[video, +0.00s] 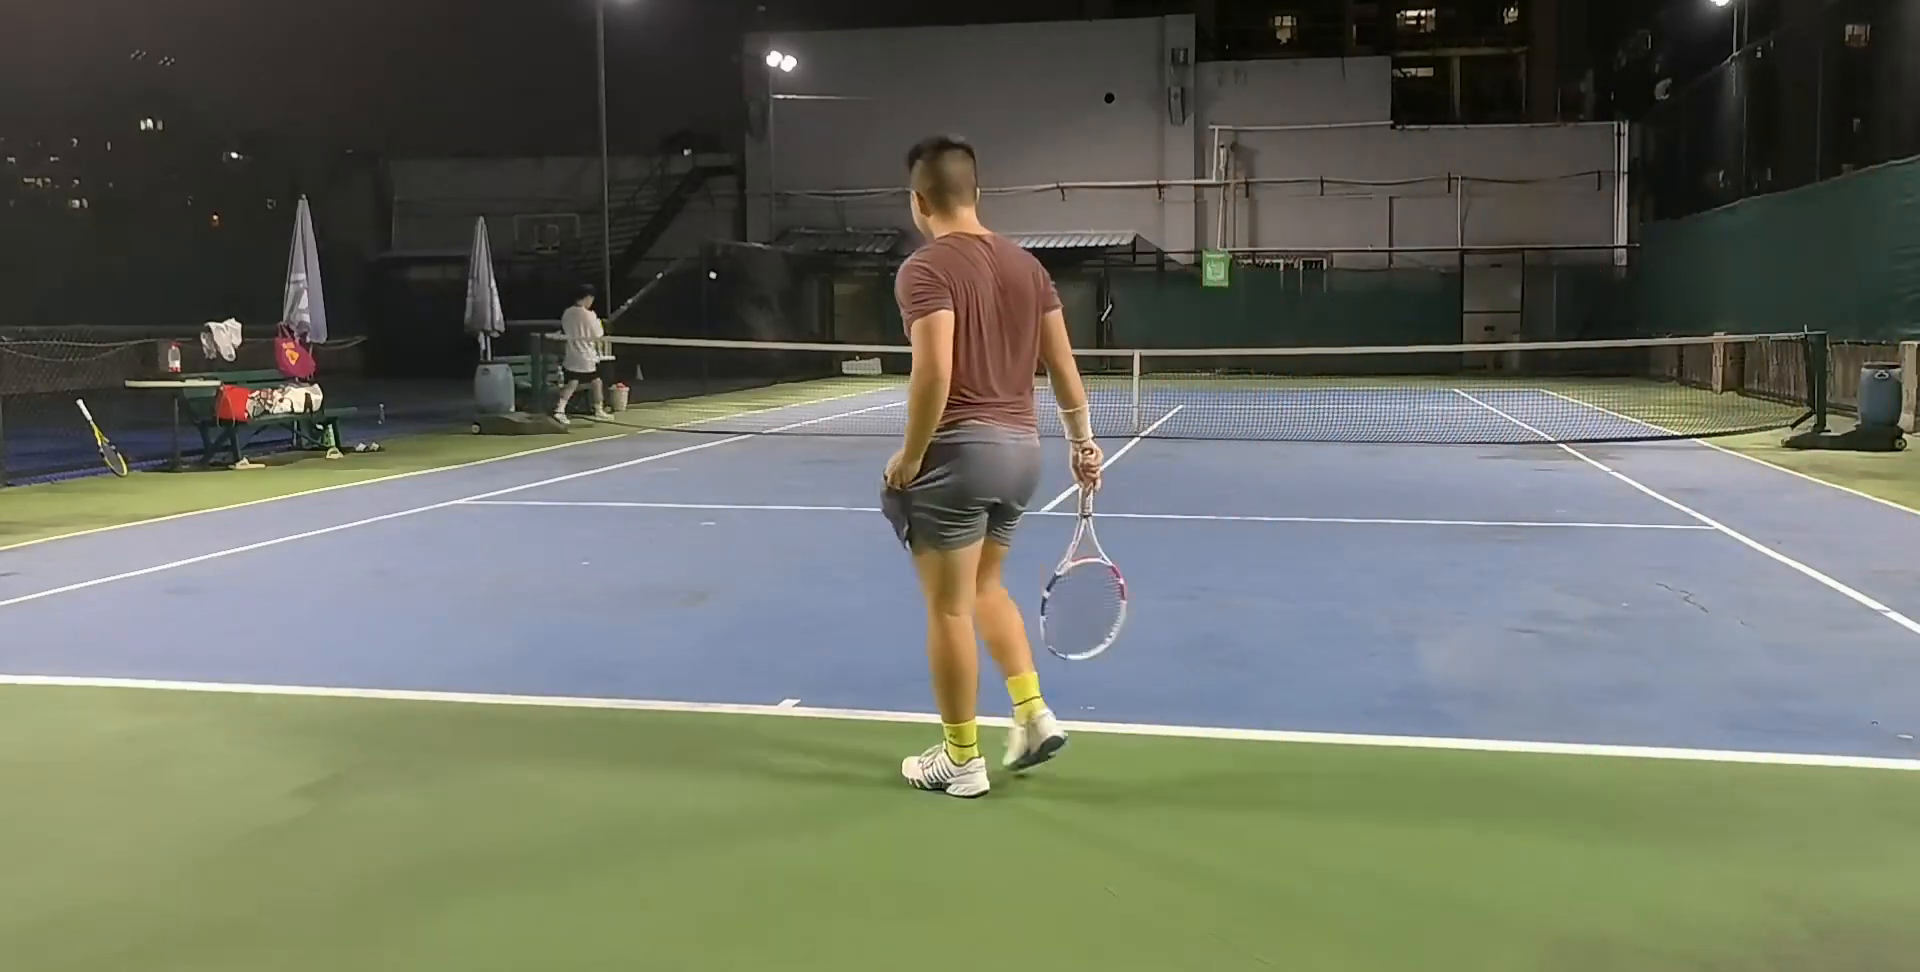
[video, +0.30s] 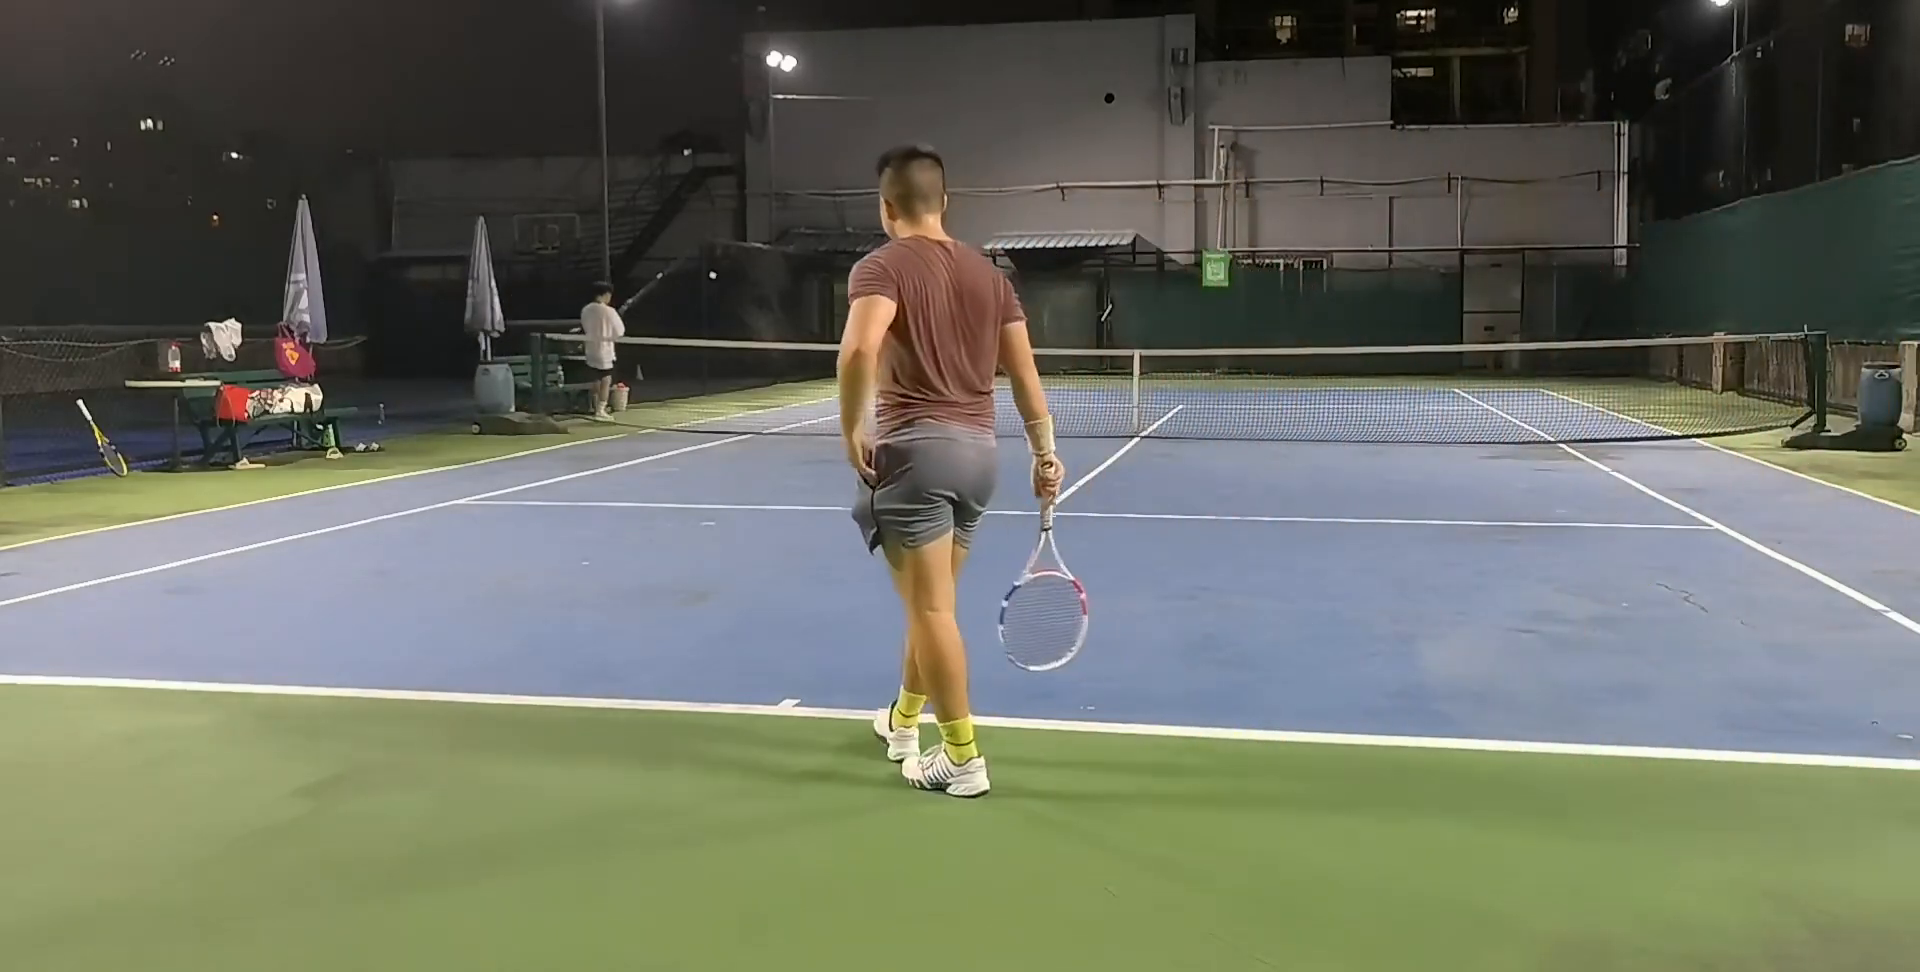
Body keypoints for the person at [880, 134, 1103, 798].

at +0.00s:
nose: (912, 210)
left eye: (911, 201)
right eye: (915, 201)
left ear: (919, 202)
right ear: (977, 195)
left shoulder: (925, 267)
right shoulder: (1027, 265)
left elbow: (935, 370)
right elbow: (1064, 366)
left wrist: (910, 454)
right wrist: (1081, 437)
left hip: (956, 447)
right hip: (1023, 449)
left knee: (950, 605)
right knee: (987, 585)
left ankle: (962, 757)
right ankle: (1033, 715)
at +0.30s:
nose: (880, 214)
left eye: (880, 206)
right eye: (886, 206)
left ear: (887, 207)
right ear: (945, 204)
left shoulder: (881, 266)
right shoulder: (989, 273)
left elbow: (859, 351)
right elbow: (1025, 373)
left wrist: (855, 434)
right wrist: (1045, 451)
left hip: (911, 447)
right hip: (981, 451)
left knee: (933, 609)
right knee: (935, 596)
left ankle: (962, 759)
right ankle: (903, 722)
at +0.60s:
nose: (862, 208)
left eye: (862, 200)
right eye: (871, 200)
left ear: (869, 203)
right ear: (925, 204)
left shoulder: (850, 266)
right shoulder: (959, 279)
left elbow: (820, 361)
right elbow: (977, 383)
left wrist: (801, 438)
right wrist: (954, 434)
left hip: (871, 446)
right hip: (940, 446)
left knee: (839, 590)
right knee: (913, 585)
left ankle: (911, 709)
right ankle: (902, 722)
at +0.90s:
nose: (823, 210)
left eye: (822, 202)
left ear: (825, 205)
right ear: (882, 202)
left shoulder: (801, 273)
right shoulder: (924, 276)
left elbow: (776, 370)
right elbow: (946, 367)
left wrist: (776, 451)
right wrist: (910, 411)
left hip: (828, 441)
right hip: (902, 442)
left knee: (794, 590)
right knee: (900, 589)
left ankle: (760, 735)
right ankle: (902, 727)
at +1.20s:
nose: (770, 215)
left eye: (767, 206)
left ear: (770, 206)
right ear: (829, 204)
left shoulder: (744, 278)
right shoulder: (874, 277)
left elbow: (708, 376)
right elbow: (902, 371)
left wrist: (722, 337)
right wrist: (866, 416)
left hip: (771, 438)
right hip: (846, 444)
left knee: (760, 592)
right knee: (869, 591)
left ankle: (755, 739)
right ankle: (896, 724)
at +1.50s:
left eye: (750, 204)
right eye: (808, 201)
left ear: (750, 207)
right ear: (809, 205)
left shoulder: (717, 281)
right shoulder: (844, 278)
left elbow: (688, 374)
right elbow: (880, 371)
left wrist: (732, 360)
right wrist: (849, 418)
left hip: (742, 442)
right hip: (821, 448)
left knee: (748, 592)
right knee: (854, 589)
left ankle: (755, 739)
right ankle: (884, 727)